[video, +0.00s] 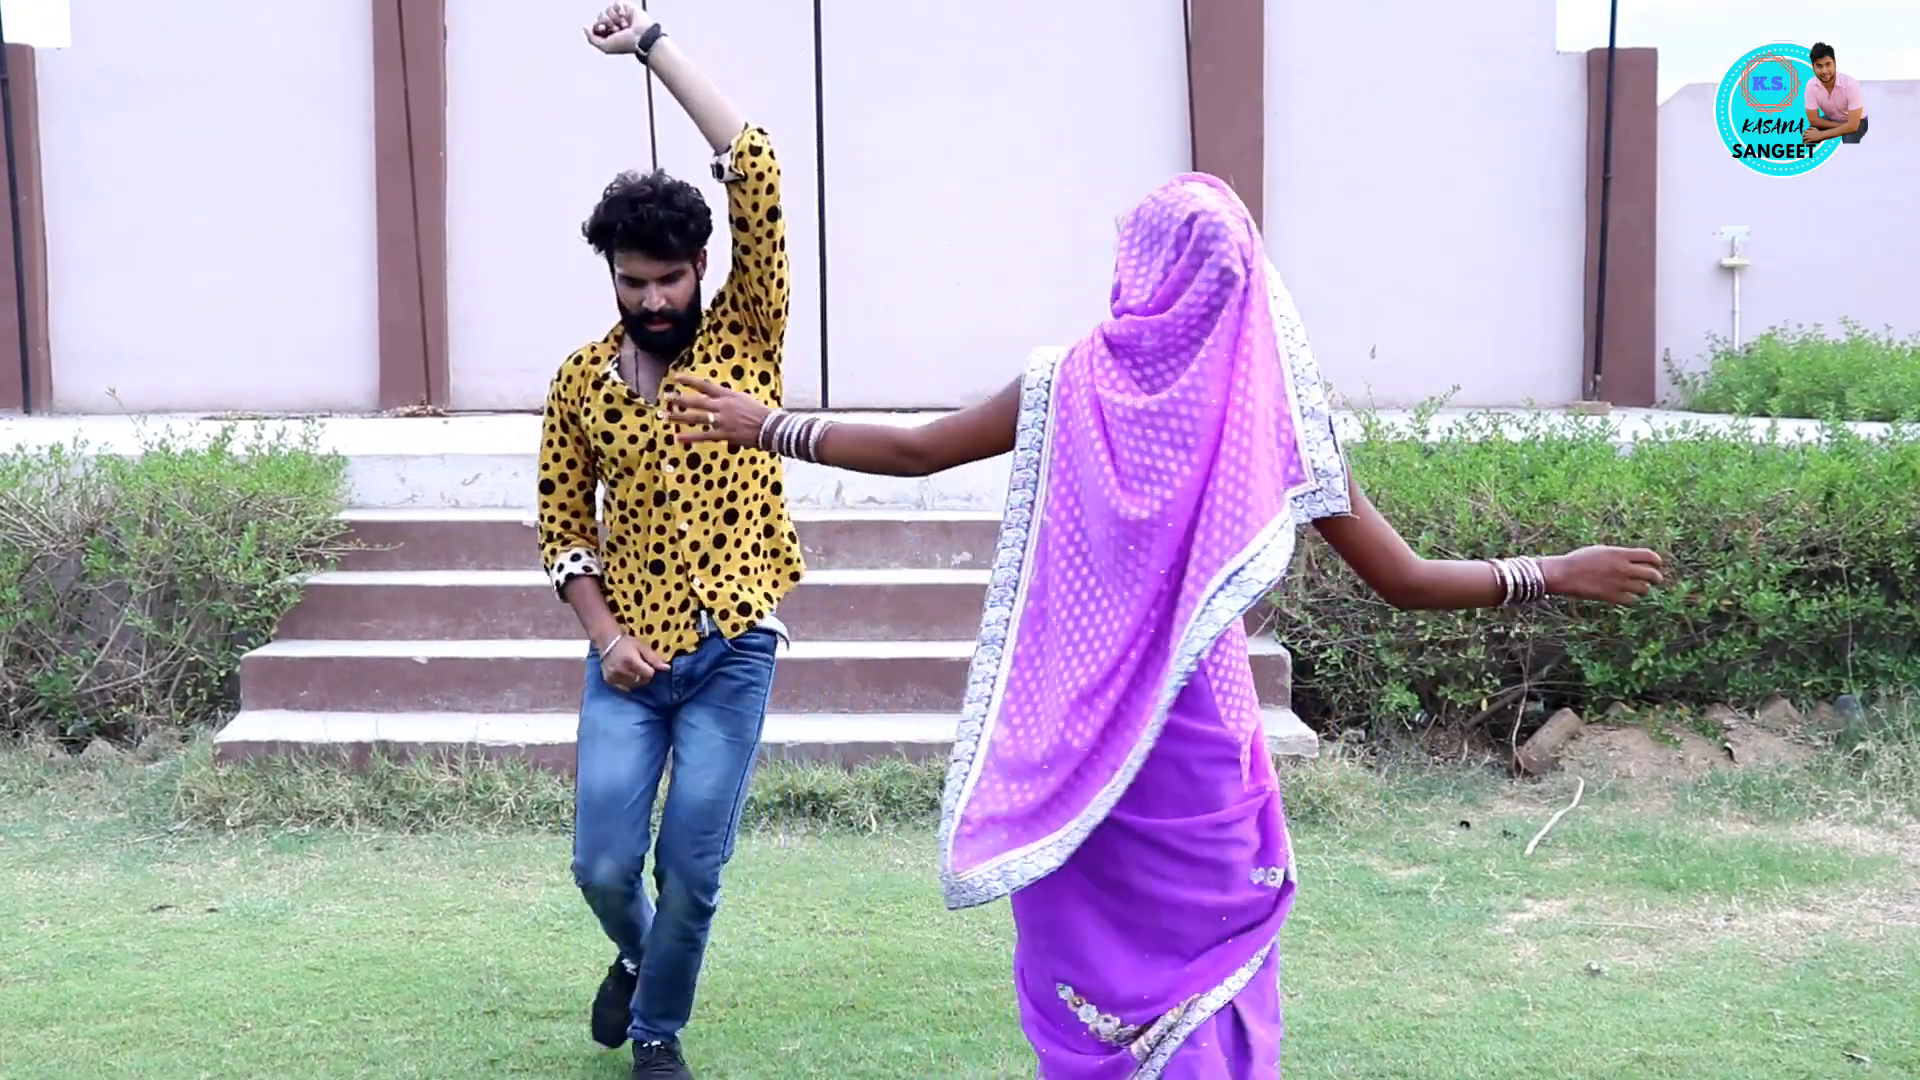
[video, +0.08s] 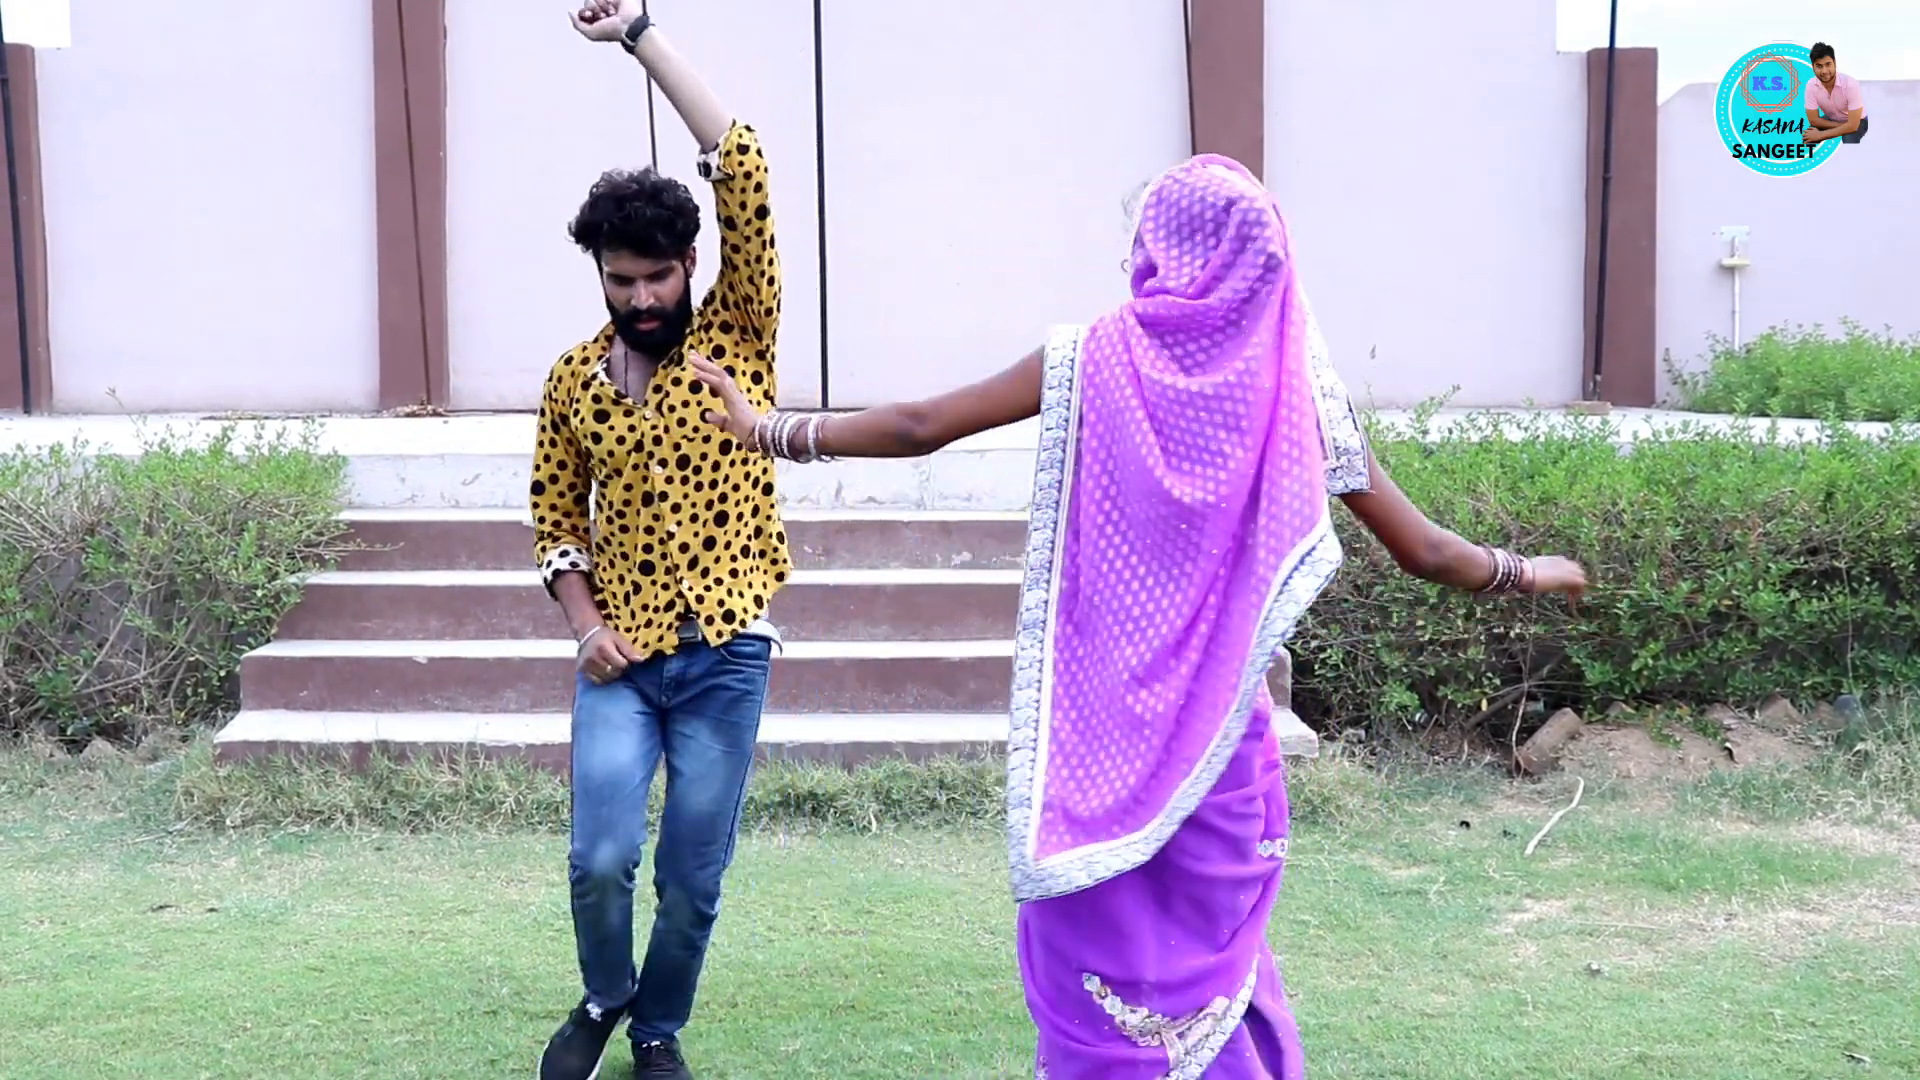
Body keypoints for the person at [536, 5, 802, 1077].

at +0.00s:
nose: (654, 301)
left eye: (670, 281)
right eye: (634, 284)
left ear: (703, 268)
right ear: (609, 274)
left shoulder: (746, 342)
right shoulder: (584, 380)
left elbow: (753, 165)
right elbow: (562, 526)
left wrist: (652, 48)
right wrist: (605, 634)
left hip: (733, 654)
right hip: (627, 660)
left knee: (689, 875)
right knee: (602, 869)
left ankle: (660, 1039)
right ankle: (643, 953)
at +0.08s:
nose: (641, 299)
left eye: (658, 278)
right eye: (622, 281)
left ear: (692, 268)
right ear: (596, 275)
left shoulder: (738, 343)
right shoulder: (577, 380)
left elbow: (739, 161)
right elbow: (554, 520)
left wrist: (638, 38)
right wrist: (588, 623)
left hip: (725, 662)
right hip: (619, 666)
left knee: (692, 881)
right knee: (600, 861)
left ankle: (661, 1036)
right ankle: (604, 1003)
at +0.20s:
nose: (618, 271)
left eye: (635, 249)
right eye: (598, 255)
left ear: (673, 240)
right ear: (575, 253)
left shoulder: (720, 315)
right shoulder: (568, 361)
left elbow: (702, 128)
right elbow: (549, 492)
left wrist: (621, 5)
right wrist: (552, 569)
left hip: (721, 648)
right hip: (610, 648)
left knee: (691, 876)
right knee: (594, 856)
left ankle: (653, 1032)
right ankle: (586, 1064)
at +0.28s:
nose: (601, 263)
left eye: (619, 241)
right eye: (582, 247)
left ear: (662, 233)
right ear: (560, 249)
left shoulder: (703, 308)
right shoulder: (560, 360)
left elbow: (680, 136)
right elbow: (543, 482)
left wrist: (612, 3)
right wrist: (521, 526)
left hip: (720, 647)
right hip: (606, 649)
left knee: (698, 890)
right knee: (595, 875)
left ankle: (657, 1022)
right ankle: (589, 1074)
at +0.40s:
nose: (599, 289)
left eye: (615, 267)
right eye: (575, 273)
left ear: (646, 268)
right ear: (549, 280)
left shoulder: (687, 358)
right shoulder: (551, 393)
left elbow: (653, 237)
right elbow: (509, 515)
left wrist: (599, 109)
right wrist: (442, 499)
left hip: (716, 682)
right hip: (599, 682)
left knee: (721, 932)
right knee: (585, 902)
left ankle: (684, 1018)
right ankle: (599, 1074)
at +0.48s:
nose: (588, 298)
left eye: (605, 276)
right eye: (567, 281)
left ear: (638, 275)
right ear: (544, 291)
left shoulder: (682, 361)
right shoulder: (554, 403)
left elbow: (656, 323)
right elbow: (487, 498)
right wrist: (397, 454)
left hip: (720, 692)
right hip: (601, 692)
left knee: (725, 935)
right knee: (580, 906)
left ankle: (727, 1041)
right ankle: (598, 1073)